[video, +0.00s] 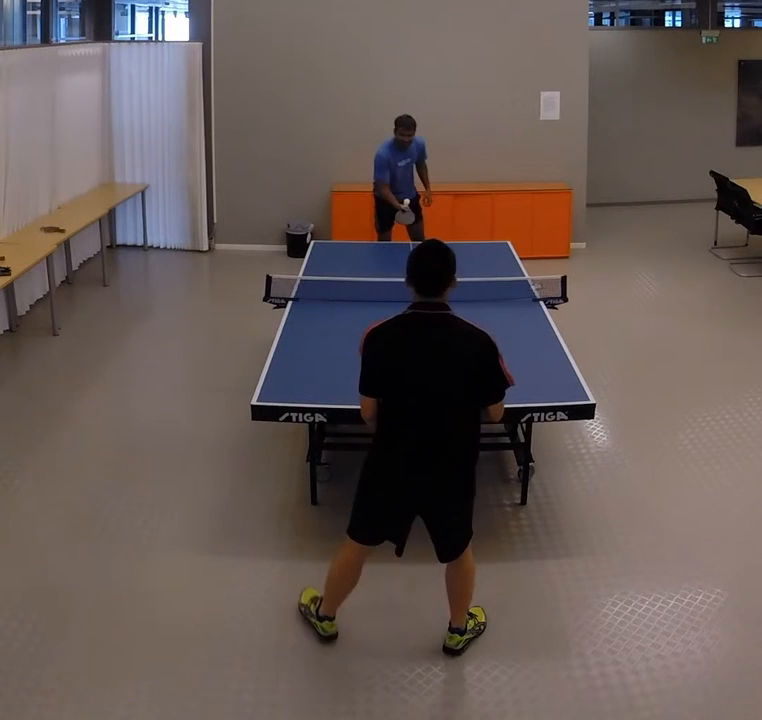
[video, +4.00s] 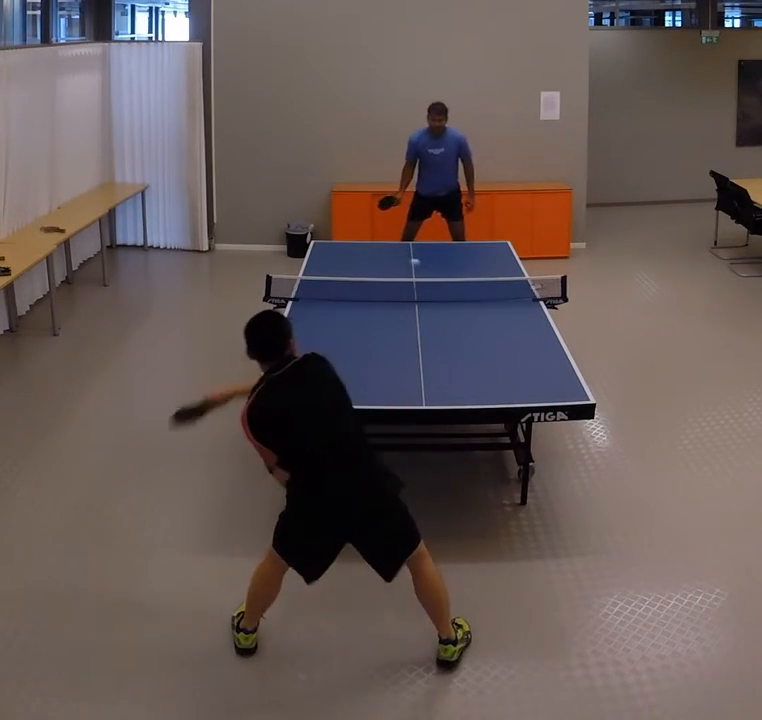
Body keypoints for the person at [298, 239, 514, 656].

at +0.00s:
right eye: (451, 275)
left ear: (409, 280)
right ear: (453, 281)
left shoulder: (380, 337)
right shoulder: (477, 342)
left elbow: (368, 411)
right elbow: (495, 411)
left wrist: (396, 427)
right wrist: (461, 394)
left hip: (390, 464)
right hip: (451, 467)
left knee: (357, 544)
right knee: (457, 550)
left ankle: (325, 615)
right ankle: (458, 628)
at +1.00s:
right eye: (448, 282)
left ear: (409, 289)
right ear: (452, 288)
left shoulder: (384, 345)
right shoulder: (475, 346)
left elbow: (377, 418)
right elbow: (497, 413)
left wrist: (394, 446)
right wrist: (465, 392)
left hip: (396, 466)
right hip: (455, 466)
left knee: (356, 538)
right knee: (486, 536)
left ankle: (322, 617)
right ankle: (502, 615)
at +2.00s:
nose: (490, 283)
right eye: (494, 277)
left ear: (450, 282)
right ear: (493, 281)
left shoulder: (424, 332)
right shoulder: (515, 334)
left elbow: (400, 399)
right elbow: (544, 409)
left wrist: (407, 438)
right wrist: (558, 431)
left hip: (434, 454)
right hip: (492, 458)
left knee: (393, 539)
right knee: (505, 532)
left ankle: (357, 620)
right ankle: (502, 613)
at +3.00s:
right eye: (421, 299)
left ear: (380, 304)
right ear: (425, 305)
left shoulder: (350, 360)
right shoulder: (446, 367)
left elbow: (333, 431)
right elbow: (471, 436)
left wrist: (339, 465)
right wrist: (444, 427)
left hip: (354, 487)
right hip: (414, 491)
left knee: (313, 558)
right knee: (440, 556)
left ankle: (272, 640)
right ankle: (440, 640)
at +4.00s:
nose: (293, 341)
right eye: (291, 337)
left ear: (252, 355)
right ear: (292, 342)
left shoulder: (256, 414)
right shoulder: (318, 366)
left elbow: (279, 469)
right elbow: (276, 385)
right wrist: (223, 397)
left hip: (314, 498)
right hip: (367, 482)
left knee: (277, 560)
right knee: (416, 555)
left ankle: (246, 629)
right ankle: (448, 639)